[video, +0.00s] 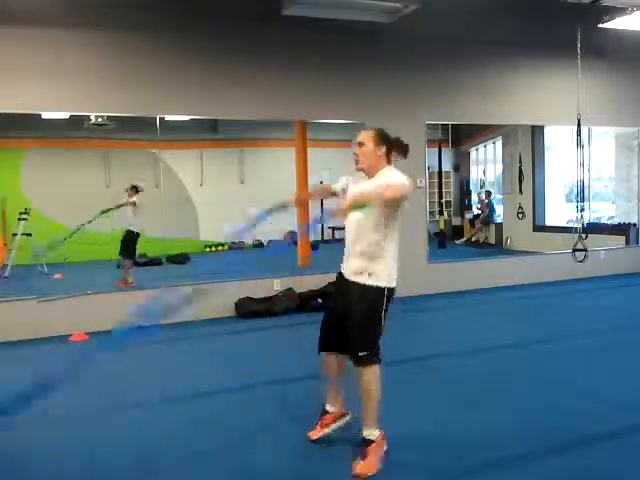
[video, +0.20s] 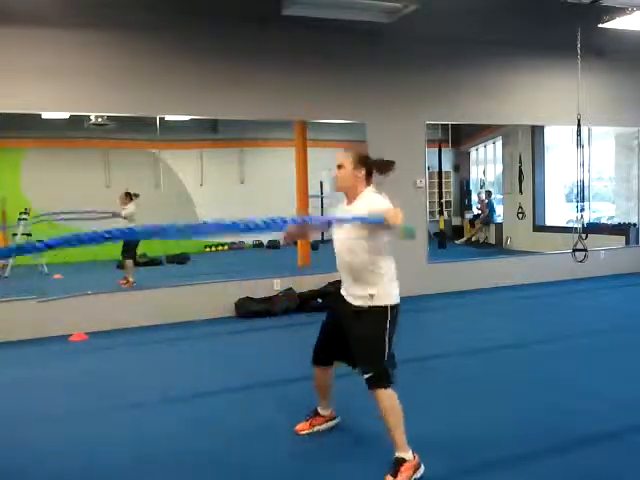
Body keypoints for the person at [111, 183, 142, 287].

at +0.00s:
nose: (127, 192)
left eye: (129, 191)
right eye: (128, 190)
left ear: (134, 192)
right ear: (133, 192)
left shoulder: (134, 202)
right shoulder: (130, 202)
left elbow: (125, 204)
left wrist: (112, 209)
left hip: (133, 229)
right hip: (129, 229)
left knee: (126, 255)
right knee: (126, 255)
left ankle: (127, 279)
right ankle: (126, 278)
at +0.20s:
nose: (121, 202)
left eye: (122, 199)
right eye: (121, 199)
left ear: (127, 199)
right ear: (129, 198)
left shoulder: (131, 208)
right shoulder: (129, 207)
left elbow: (124, 214)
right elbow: (124, 214)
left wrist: (117, 214)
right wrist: (117, 214)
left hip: (132, 233)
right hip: (130, 232)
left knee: (128, 256)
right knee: (126, 256)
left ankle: (130, 279)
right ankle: (127, 277)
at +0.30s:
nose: (119, 201)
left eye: (121, 199)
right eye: (119, 198)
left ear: (125, 200)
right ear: (126, 200)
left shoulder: (129, 210)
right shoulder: (124, 210)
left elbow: (129, 224)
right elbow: (120, 219)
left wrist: (119, 224)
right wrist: (113, 221)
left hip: (130, 237)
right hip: (127, 237)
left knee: (123, 261)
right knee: (122, 262)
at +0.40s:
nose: (120, 196)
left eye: (122, 193)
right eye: (120, 193)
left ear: (127, 194)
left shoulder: (130, 202)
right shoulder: (125, 202)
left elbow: (127, 215)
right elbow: (121, 213)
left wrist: (115, 216)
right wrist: (111, 214)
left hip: (128, 230)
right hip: (124, 229)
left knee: (122, 254)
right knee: (120, 253)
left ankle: (124, 277)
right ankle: (122, 276)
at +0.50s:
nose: (119, 193)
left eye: (121, 191)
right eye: (119, 191)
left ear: (126, 191)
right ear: (126, 191)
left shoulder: (130, 199)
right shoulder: (124, 201)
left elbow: (128, 210)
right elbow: (120, 211)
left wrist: (116, 211)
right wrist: (111, 211)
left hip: (126, 228)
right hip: (121, 227)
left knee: (117, 253)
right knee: (115, 252)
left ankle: (118, 274)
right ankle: (116, 274)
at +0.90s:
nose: (120, 192)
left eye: (122, 190)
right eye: (121, 190)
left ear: (125, 192)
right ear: (127, 193)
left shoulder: (124, 203)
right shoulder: (121, 203)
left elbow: (110, 205)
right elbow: (114, 210)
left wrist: (94, 206)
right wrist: (107, 210)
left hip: (122, 231)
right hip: (119, 230)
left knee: (116, 255)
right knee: (115, 255)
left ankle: (112, 277)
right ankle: (113, 276)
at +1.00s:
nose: (113, 196)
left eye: (114, 194)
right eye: (113, 194)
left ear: (119, 194)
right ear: (121, 194)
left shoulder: (122, 203)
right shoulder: (119, 203)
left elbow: (115, 211)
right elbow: (113, 212)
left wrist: (103, 213)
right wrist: (102, 213)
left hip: (122, 232)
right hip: (119, 231)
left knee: (117, 256)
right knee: (116, 256)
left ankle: (113, 276)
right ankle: (113, 276)